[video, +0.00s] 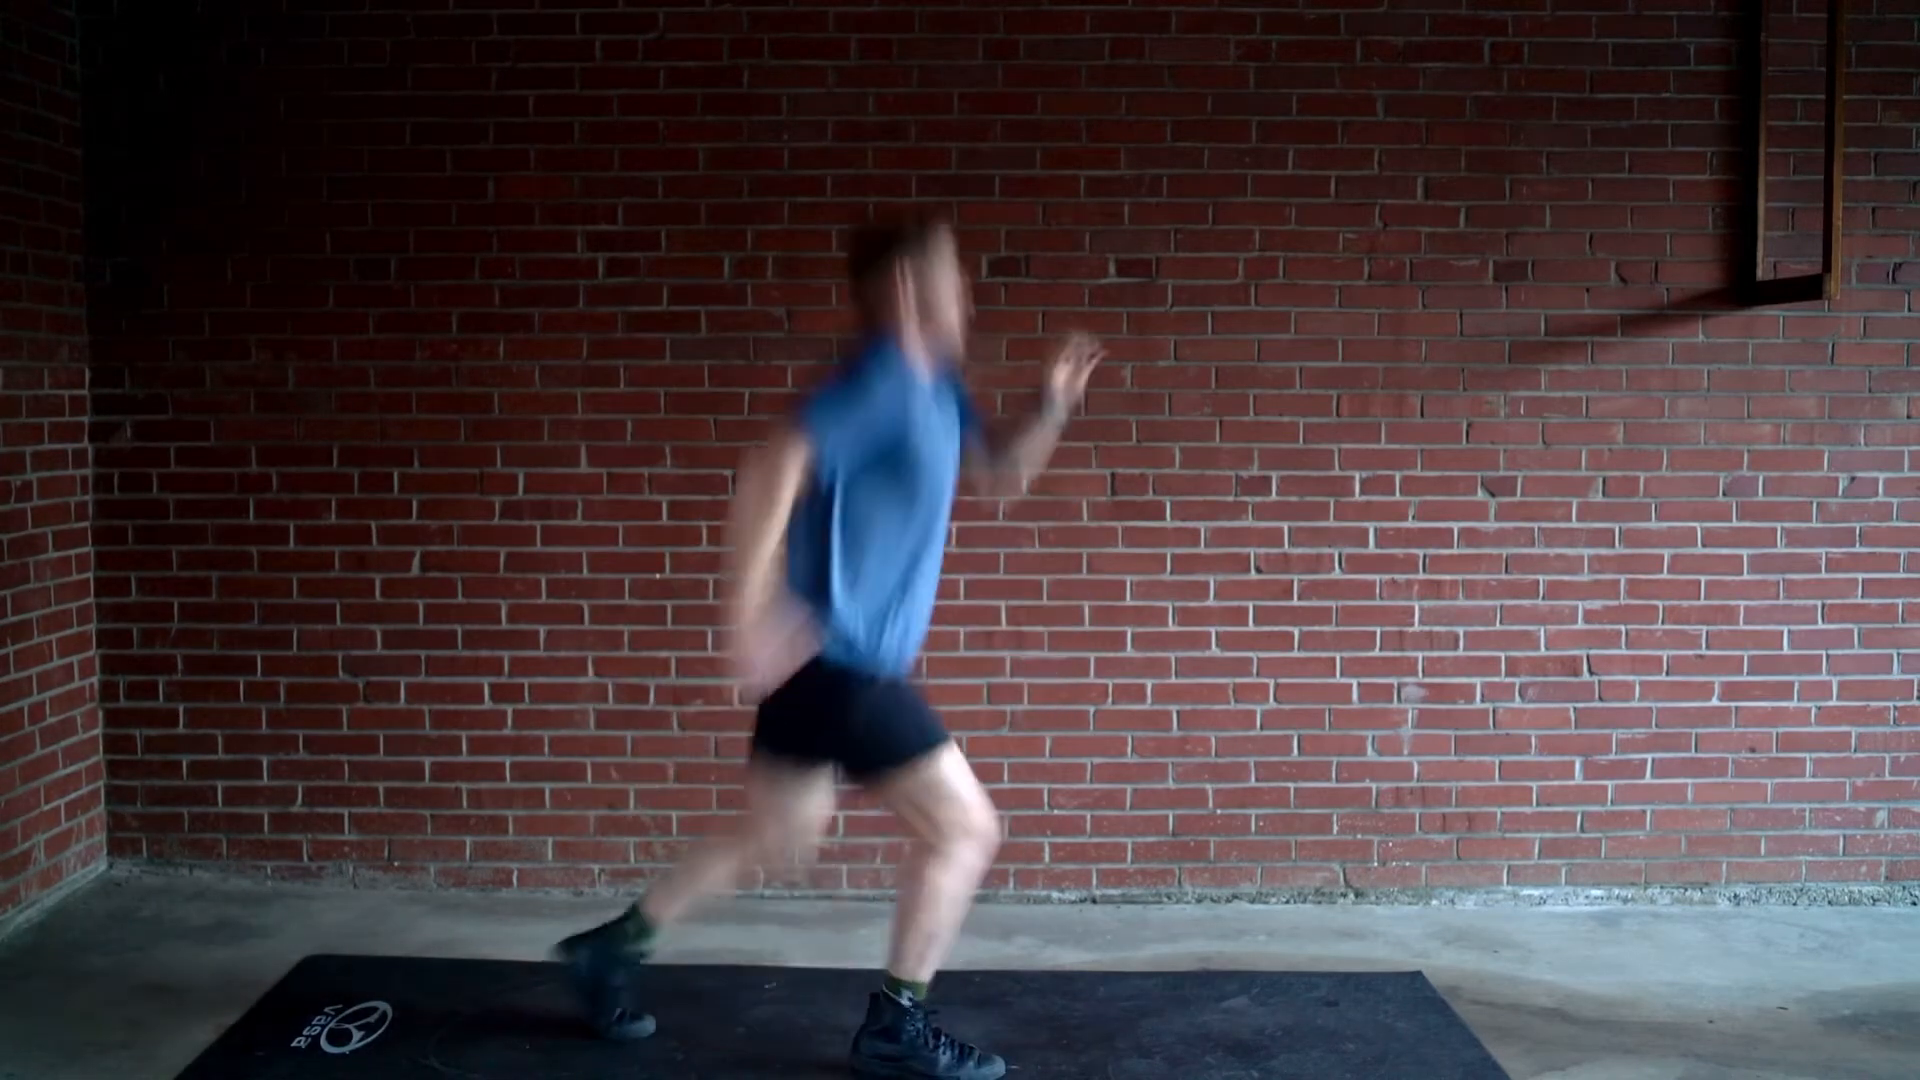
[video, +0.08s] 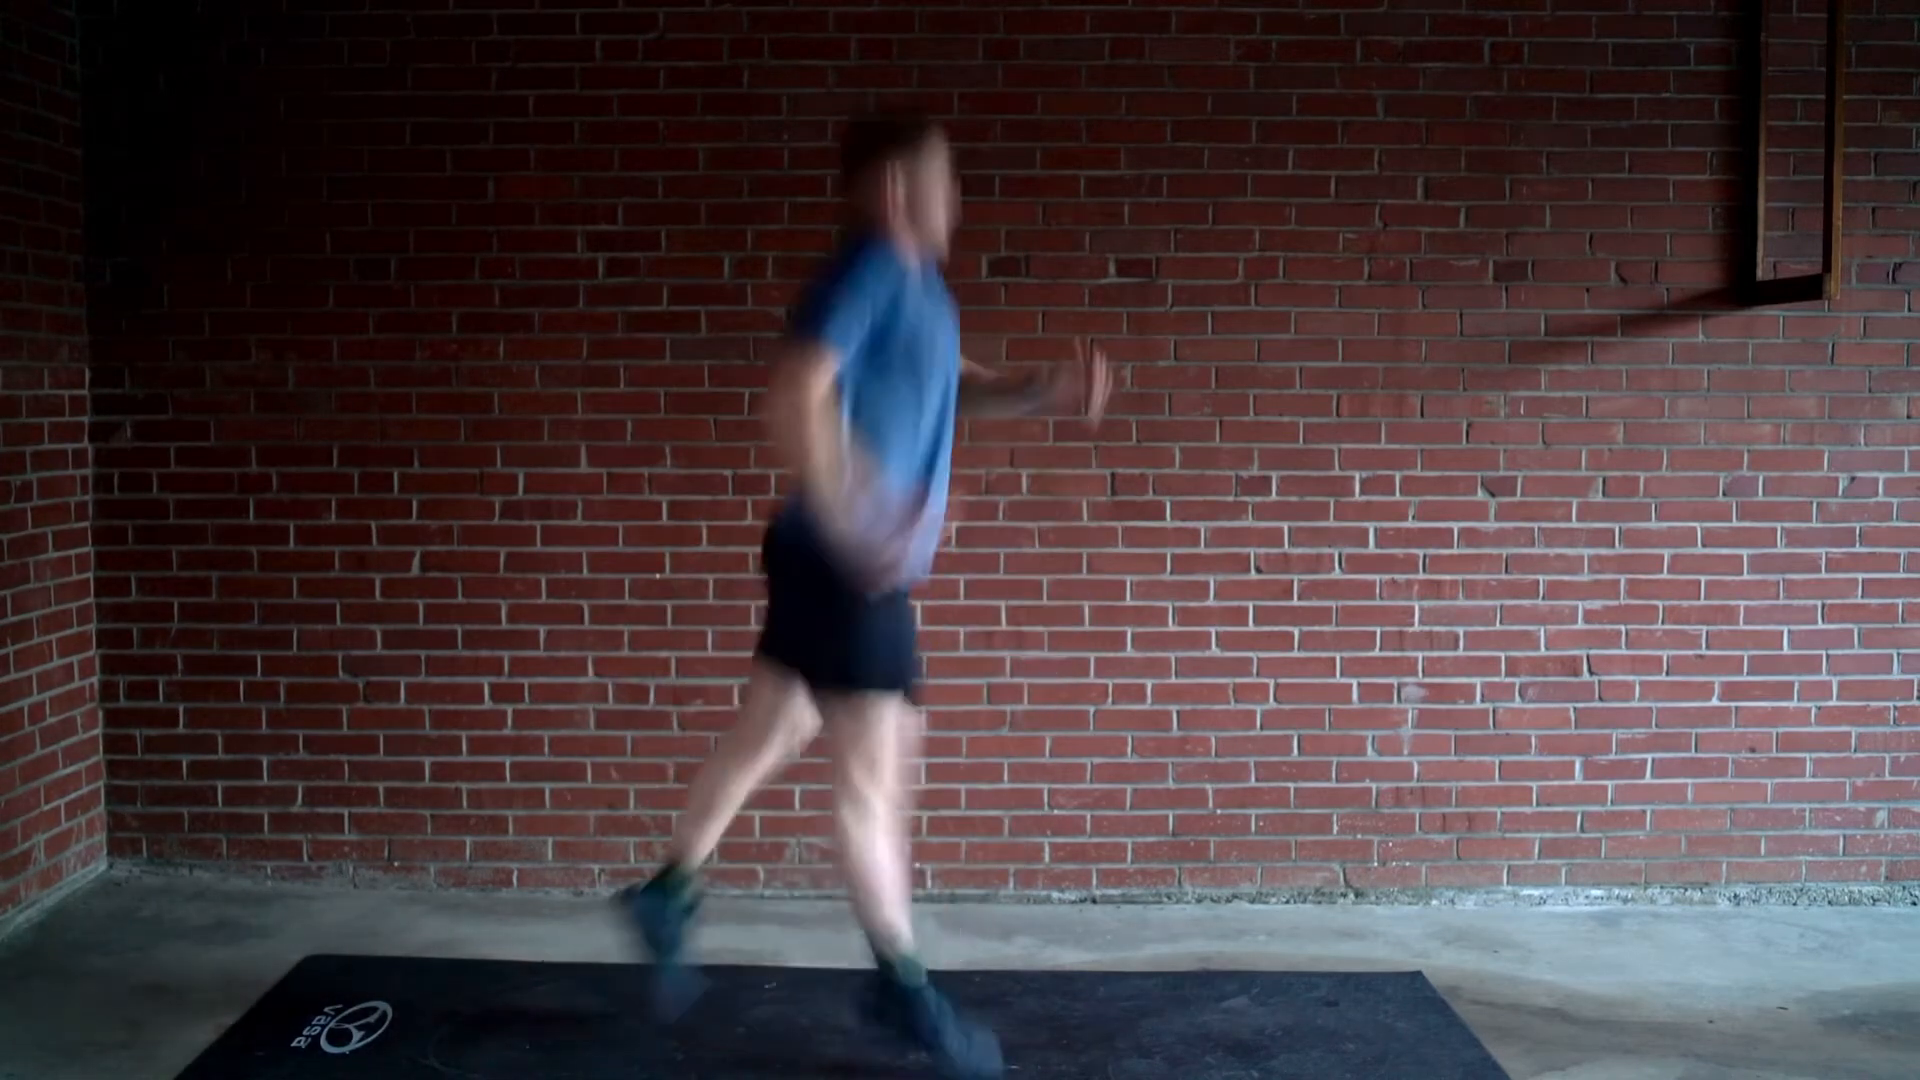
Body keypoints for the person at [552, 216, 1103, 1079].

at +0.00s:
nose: (963, 292)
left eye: (960, 275)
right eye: (944, 275)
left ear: (943, 288)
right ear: (898, 289)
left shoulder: (942, 392)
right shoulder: (881, 382)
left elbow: (1001, 473)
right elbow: (777, 457)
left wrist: (1052, 410)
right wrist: (749, 605)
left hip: (840, 662)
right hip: (841, 665)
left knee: (776, 837)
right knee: (964, 831)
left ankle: (614, 945)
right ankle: (896, 1025)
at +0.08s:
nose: (951, 193)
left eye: (950, 176)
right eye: (935, 175)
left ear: (928, 190)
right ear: (886, 187)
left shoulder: (922, 284)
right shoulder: (870, 274)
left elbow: (934, 383)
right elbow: (797, 395)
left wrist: (1035, 388)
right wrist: (845, 519)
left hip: (853, 543)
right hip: (844, 548)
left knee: (763, 731)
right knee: (871, 771)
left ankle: (669, 891)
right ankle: (901, 979)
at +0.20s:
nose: (960, 108)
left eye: (957, 90)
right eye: (946, 89)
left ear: (903, 100)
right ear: (896, 97)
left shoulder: (898, 199)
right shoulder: (871, 189)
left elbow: (898, 338)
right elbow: (870, 331)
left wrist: (906, 452)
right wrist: (1013, 321)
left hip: (857, 461)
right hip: (841, 459)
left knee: (831, 668)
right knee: (849, 671)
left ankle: (767, 850)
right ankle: (770, 853)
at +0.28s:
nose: (969, 98)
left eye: (967, 81)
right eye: (958, 81)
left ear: (908, 86)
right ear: (910, 84)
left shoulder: (895, 176)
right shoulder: (875, 178)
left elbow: (909, 308)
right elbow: (946, 307)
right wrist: (1043, 231)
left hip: (867, 451)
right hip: (833, 450)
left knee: (877, 648)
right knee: (825, 667)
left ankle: (824, 841)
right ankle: (685, 832)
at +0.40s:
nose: (980, 141)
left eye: (976, 122)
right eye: (968, 123)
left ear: (913, 129)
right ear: (919, 127)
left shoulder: (862, 218)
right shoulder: (904, 225)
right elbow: (1002, 339)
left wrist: (701, 396)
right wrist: (1042, 227)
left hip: (875, 497)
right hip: (828, 497)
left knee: (906, 687)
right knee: (778, 713)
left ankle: (897, 880)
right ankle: (621, 847)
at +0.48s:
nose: (988, 208)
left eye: (984, 188)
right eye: (973, 188)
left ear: (914, 195)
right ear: (922, 192)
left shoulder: (853, 287)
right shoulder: (915, 296)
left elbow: (753, 363)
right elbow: (1009, 421)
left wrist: (674, 437)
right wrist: (1040, 294)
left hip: (868, 565)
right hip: (824, 567)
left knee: (927, 739)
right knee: (769, 774)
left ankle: (916, 938)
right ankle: (611, 911)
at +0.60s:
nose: (1003, 362)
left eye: (999, 341)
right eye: (990, 342)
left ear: (938, 348)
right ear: (942, 347)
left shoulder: (876, 431)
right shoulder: (922, 452)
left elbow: (767, 482)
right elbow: (1002, 597)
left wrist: (700, 550)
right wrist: (1044, 478)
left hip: (870, 699)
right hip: (802, 704)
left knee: (971, 812)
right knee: (787, 920)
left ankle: (896, 985)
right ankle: (586, 970)